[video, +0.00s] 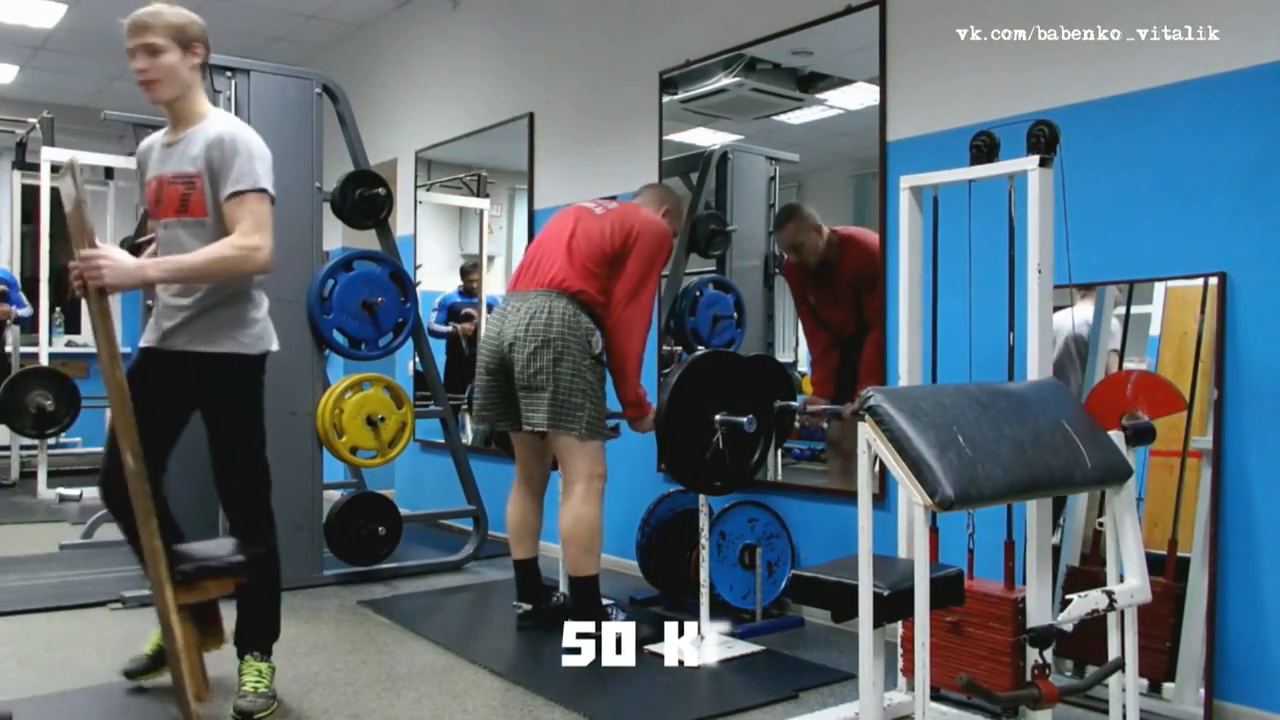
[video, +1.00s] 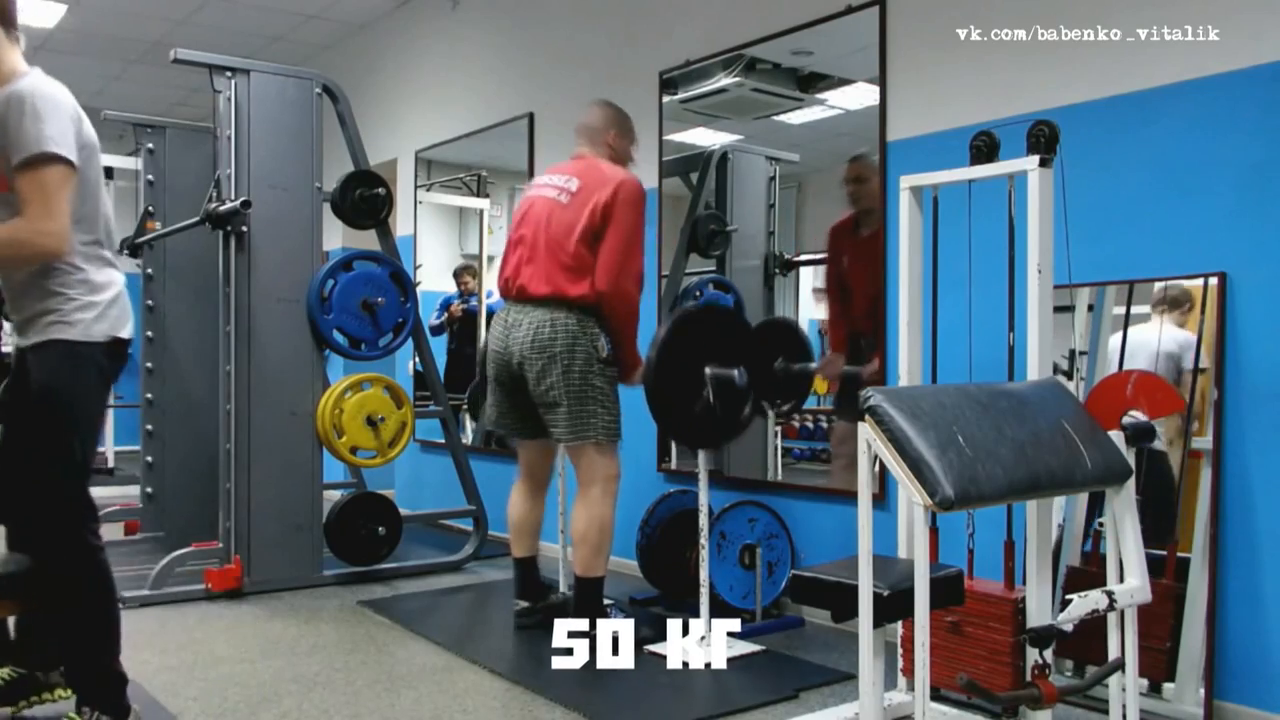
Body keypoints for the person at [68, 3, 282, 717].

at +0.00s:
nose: (140, 67)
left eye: (153, 52)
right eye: (133, 56)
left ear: (195, 55)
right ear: (131, 67)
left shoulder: (234, 139)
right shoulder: (150, 151)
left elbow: (255, 249)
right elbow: (156, 242)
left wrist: (141, 270)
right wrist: (112, 265)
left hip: (232, 346)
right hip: (166, 345)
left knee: (246, 498)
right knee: (122, 481)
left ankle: (256, 653)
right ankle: (192, 618)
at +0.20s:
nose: (98, 69)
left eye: (108, 53)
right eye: (95, 57)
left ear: (153, 53)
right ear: (126, 62)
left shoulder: (204, 136)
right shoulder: (131, 150)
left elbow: (223, 250)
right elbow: (148, 253)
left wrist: (108, 256)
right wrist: (91, 254)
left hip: (213, 351)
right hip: (149, 349)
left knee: (230, 506)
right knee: (104, 490)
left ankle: (254, 658)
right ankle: (92, 649)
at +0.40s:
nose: (49, 65)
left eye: (59, 51)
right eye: (47, 54)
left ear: (105, 51)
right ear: (85, 58)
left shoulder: (157, 136)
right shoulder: (74, 152)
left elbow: (170, 247)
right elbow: (89, 259)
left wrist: (52, 247)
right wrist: (35, 268)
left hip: (154, 350)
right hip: (86, 349)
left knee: (185, 501)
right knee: (47, 500)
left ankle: (245, 648)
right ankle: (51, 669)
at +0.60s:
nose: (4, 50)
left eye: (15, 35)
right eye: (1, 39)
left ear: (62, 40)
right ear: (11, 52)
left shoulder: (108, 125)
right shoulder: (13, 135)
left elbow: (116, 241)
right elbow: (27, 239)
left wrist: (11, 256)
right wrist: (12, 277)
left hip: (113, 326)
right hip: (43, 334)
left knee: (113, 483)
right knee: (27, 492)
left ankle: (181, 649)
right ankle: (49, 659)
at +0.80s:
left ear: (14, 33)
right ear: (17, 36)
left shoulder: (55, 116)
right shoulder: (17, 129)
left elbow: (89, 238)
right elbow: (62, 238)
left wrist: (0, 253)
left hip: (88, 331)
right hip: (42, 337)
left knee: (64, 506)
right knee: (27, 505)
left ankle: (102, 696)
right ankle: (66, 677)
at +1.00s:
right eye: (3, 26)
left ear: (5, 22)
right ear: (16, 25)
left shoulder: (36, 95)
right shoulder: (24, 102)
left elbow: (45, 233)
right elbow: (42, 232)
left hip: (75, 326)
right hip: (49, 328)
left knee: (50, 502)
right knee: (27, 497)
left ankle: (100, 693)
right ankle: (43, 653)